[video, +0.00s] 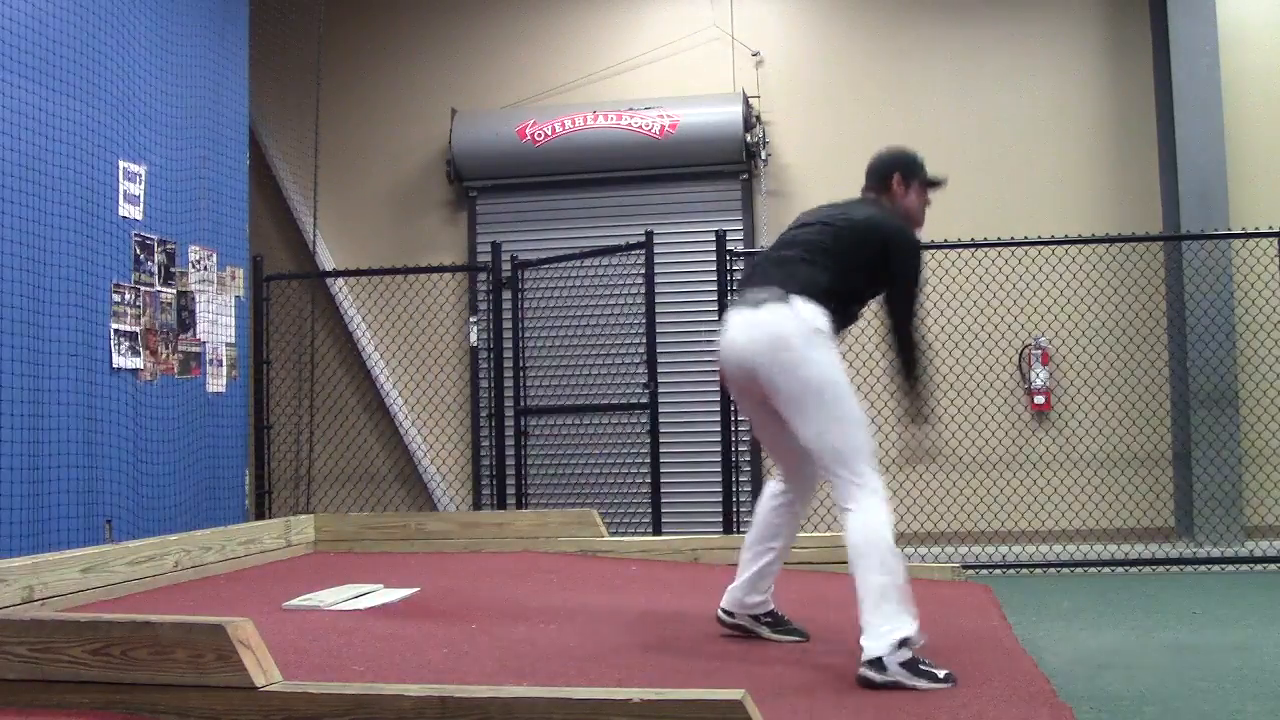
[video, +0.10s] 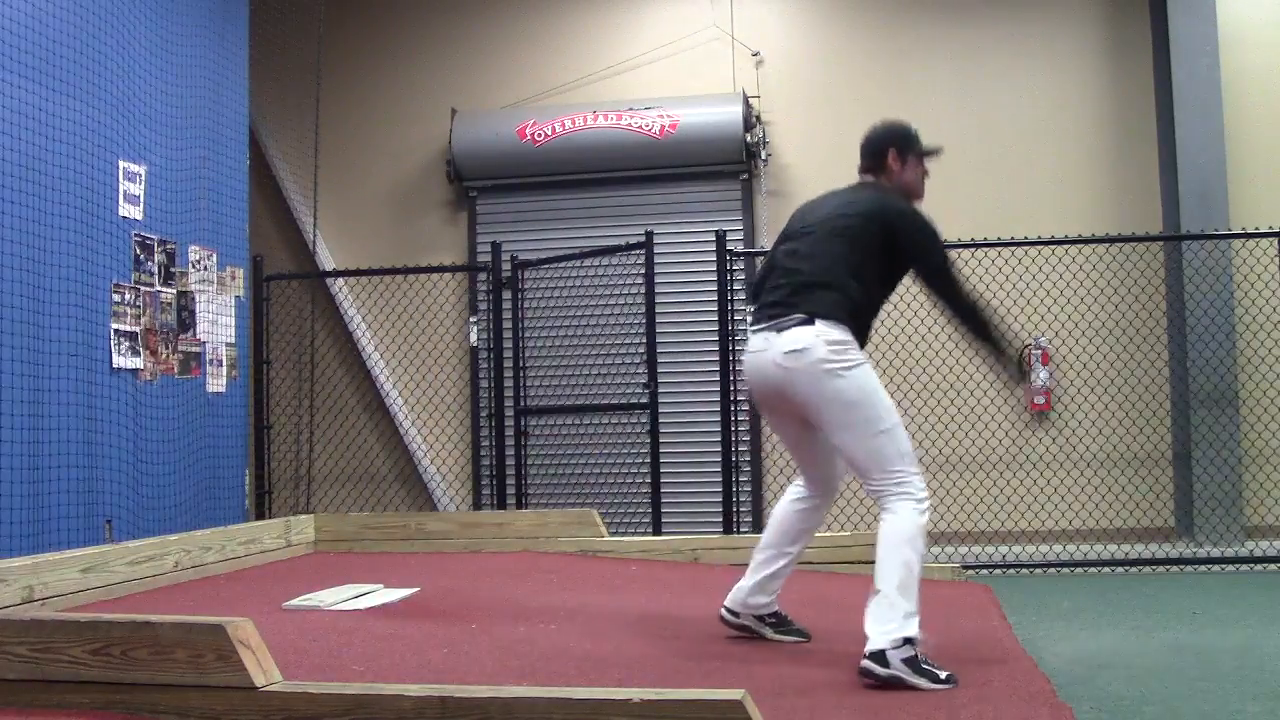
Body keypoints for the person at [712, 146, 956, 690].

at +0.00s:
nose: (927, 204)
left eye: (928, 193)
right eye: (923, 192)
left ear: (881, 186)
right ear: (899, 186)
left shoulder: (827, 216)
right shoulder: (896, 233)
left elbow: (784, 289)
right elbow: (903, 329)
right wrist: (917, 407)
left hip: (734, 331)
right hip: (791, 329)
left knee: (794, 476)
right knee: (860, 486)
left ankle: (745, 603)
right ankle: (887, 648)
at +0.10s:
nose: (926, 174)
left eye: (925, 163)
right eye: (921, 162)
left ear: (875, 164)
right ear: (895, 162)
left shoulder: (814, 210)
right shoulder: (900, 215)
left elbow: (763, 285)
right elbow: (956, 298)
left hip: (759, 352)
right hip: (822, 348)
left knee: (817, 481)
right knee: (903, 493)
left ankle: (750, 601)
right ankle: (891, 644)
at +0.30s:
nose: (911, 117)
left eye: (909, 107)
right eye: (904, 107)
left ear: (859, 112)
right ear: (876, 108)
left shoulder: (819, 170)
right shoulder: (885, 159)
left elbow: (795, 255)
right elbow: (969, 195)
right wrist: (1076, 199)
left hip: (781, 329)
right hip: (829, 325)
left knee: (836, 471)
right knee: (895, 477)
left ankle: (762, 586)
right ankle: (889, 638)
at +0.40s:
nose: (891, 100)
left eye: (888, 91)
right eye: (882, 91)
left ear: (843, 99)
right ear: (851, 95)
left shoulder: (813, 160)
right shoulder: (859, 143)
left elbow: (812, 240)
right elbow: (945, 166)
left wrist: (881, 235)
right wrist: (1046, 147)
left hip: (793, 327)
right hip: (837, 324)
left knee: (838, 473)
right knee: (890, 477)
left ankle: (760, 585)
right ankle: (888, 638)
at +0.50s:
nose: (867, 102)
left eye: (865, 94)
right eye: (857, 94)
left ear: (824, 102)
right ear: (826, 100)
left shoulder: (804, 167)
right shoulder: (831, 148)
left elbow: (876, 237)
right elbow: (900, 161)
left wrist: (874, 214)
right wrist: (993, 136)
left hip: (803, 328)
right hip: (837, 325)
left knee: (843, 479)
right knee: (891, 480)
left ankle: (761, 587)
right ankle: (888, 639)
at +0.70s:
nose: (820, 121)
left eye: (823, 112)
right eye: (807, 112)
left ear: (819, 121)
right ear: (778, 122)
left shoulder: (798, 186)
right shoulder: (777, 167)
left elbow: (821, 288)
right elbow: (769, 229)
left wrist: (871, 255)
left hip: (784, 335)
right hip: (797, 328)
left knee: (824, 483)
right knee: (855, 468)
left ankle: (749, 603)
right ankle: (887, 624)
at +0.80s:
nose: (798, 116)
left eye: (802, 108)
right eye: (785, 108)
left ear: (806, 118)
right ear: (760, 117)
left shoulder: (804, 193)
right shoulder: (748, 165)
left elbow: (818, 282)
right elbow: (711, 240)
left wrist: (862, 260)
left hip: (794, 320)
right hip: (765, 317)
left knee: (807, 469)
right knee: (819, 455)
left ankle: (746, 606)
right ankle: (848, 617)